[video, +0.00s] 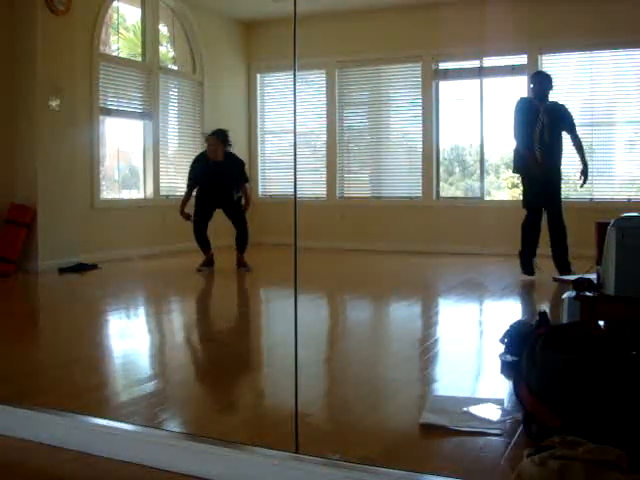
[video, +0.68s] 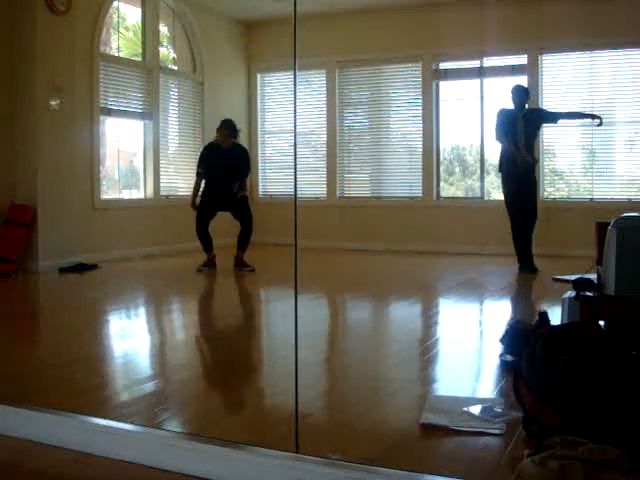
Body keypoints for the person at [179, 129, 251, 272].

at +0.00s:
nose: (209, 148)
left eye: (212, 144)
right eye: (208, 144)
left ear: (222, 145)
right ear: (206, 144)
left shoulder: (235, 162)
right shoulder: (200, 161)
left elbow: (243, 184)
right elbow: (191, 186)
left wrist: (247, 201)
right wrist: (182, 208)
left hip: (228, 198)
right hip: (206, 198)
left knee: (242, 227)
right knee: (199, 229)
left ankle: (240, 259)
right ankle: (209, 258)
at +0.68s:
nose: (218, 133)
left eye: (222, 131)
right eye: (218, 130)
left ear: (231, 134)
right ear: (217, 132)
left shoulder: (241, 152)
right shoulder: (209, 149)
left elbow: (244, 177)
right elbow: (200, 176)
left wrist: (244, 195)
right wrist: (194, 197)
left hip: (234, 195)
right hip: (212, 194)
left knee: (247, 223)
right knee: (201, 226)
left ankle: (239, 259)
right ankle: (210, 259)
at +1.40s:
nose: (225, 109)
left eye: (228, 106)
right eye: (224, 106)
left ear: (233, 108)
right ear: (221, 108)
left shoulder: (234, 129)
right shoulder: (220, 127)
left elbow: (233, 156)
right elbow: (215, 153)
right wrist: (209, 175)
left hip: (229, 177)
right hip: (219, 177)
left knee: (222, 214)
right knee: (220, 213)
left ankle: (217, 246)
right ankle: (217, 248)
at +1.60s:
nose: (240, 114)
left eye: (239, 110)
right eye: (239, 110)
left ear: (222, 111)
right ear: (236, 112)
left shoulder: (211, 130)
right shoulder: (240, 131)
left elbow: (199, 152)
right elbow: (242, 156)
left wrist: (203, 173)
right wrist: (243, 178)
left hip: (213, 179)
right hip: (233, 180)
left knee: (217, 214)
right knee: (228, 216)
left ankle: (212, 249)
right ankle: (223, 250)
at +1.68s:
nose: (239, 114)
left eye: (238, 111)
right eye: (237, 111)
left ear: (221, 112)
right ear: (234, 112)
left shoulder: (212, 130)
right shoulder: (240, 131)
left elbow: (194, 150)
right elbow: (250, 151)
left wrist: (202, 166)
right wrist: (248, 174)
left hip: (215, 179)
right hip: (234, 178)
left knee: (219, 216)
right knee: (230, 217)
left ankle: (213, 251)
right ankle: (223, 250)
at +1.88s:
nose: (233, 117)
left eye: (230, 115)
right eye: (231, 115)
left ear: (216, 118)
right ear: (230, 115)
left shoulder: (209, 138)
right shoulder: (238, 128)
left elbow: (205, 159)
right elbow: (253, 135)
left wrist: (212, 169)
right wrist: (249, 158)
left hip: (221, 181)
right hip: (240, 178)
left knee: (224, 216)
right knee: (248, 216)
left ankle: (213, 250)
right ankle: (230, 247)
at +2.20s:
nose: (271, 128)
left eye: (271, 125)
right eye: (269, 125)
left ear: (260, 124)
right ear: (262, 124)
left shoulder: (252, 137)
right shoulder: (250, 134)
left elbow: (252, 164)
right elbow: (238, 148)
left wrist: (267, 155)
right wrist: (238, 168)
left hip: (237, 181)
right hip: (242, 181)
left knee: (234, 217)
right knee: (271, 207)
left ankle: (213, 246)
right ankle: (267, 242)